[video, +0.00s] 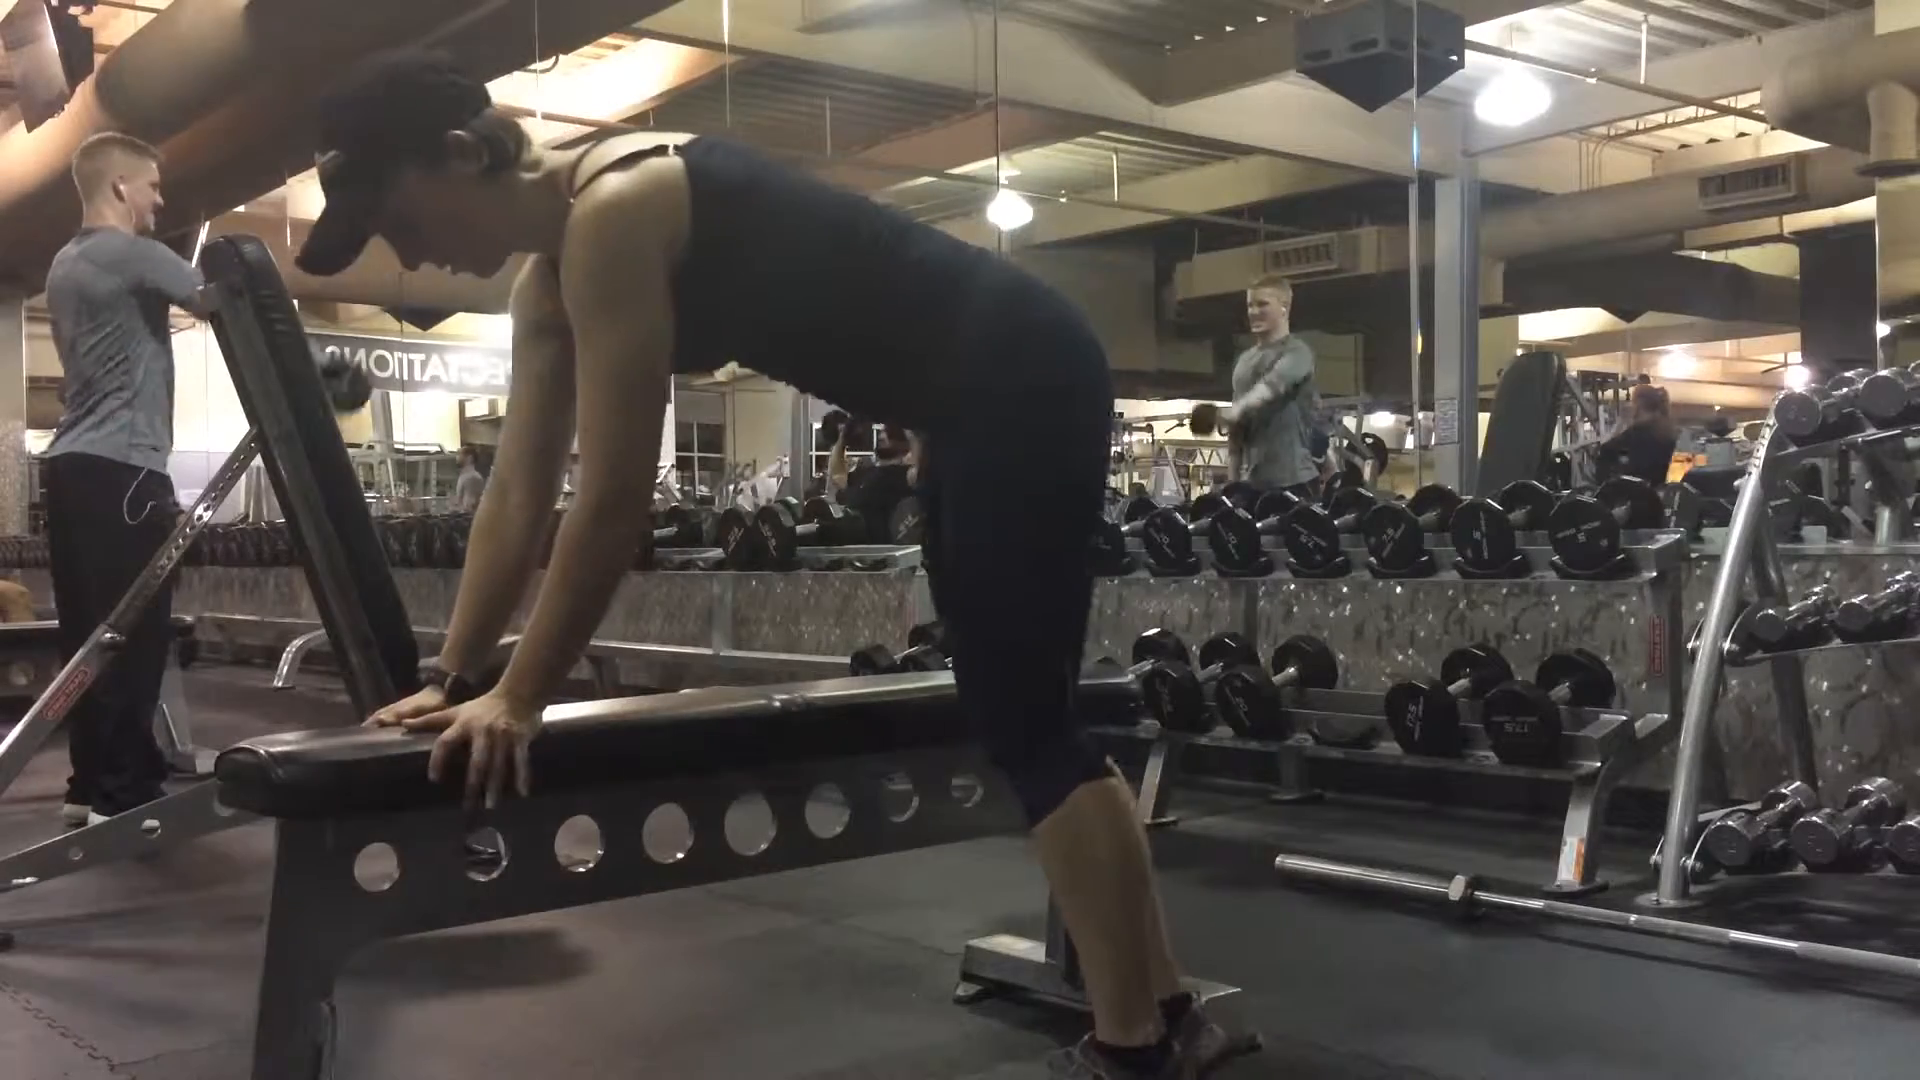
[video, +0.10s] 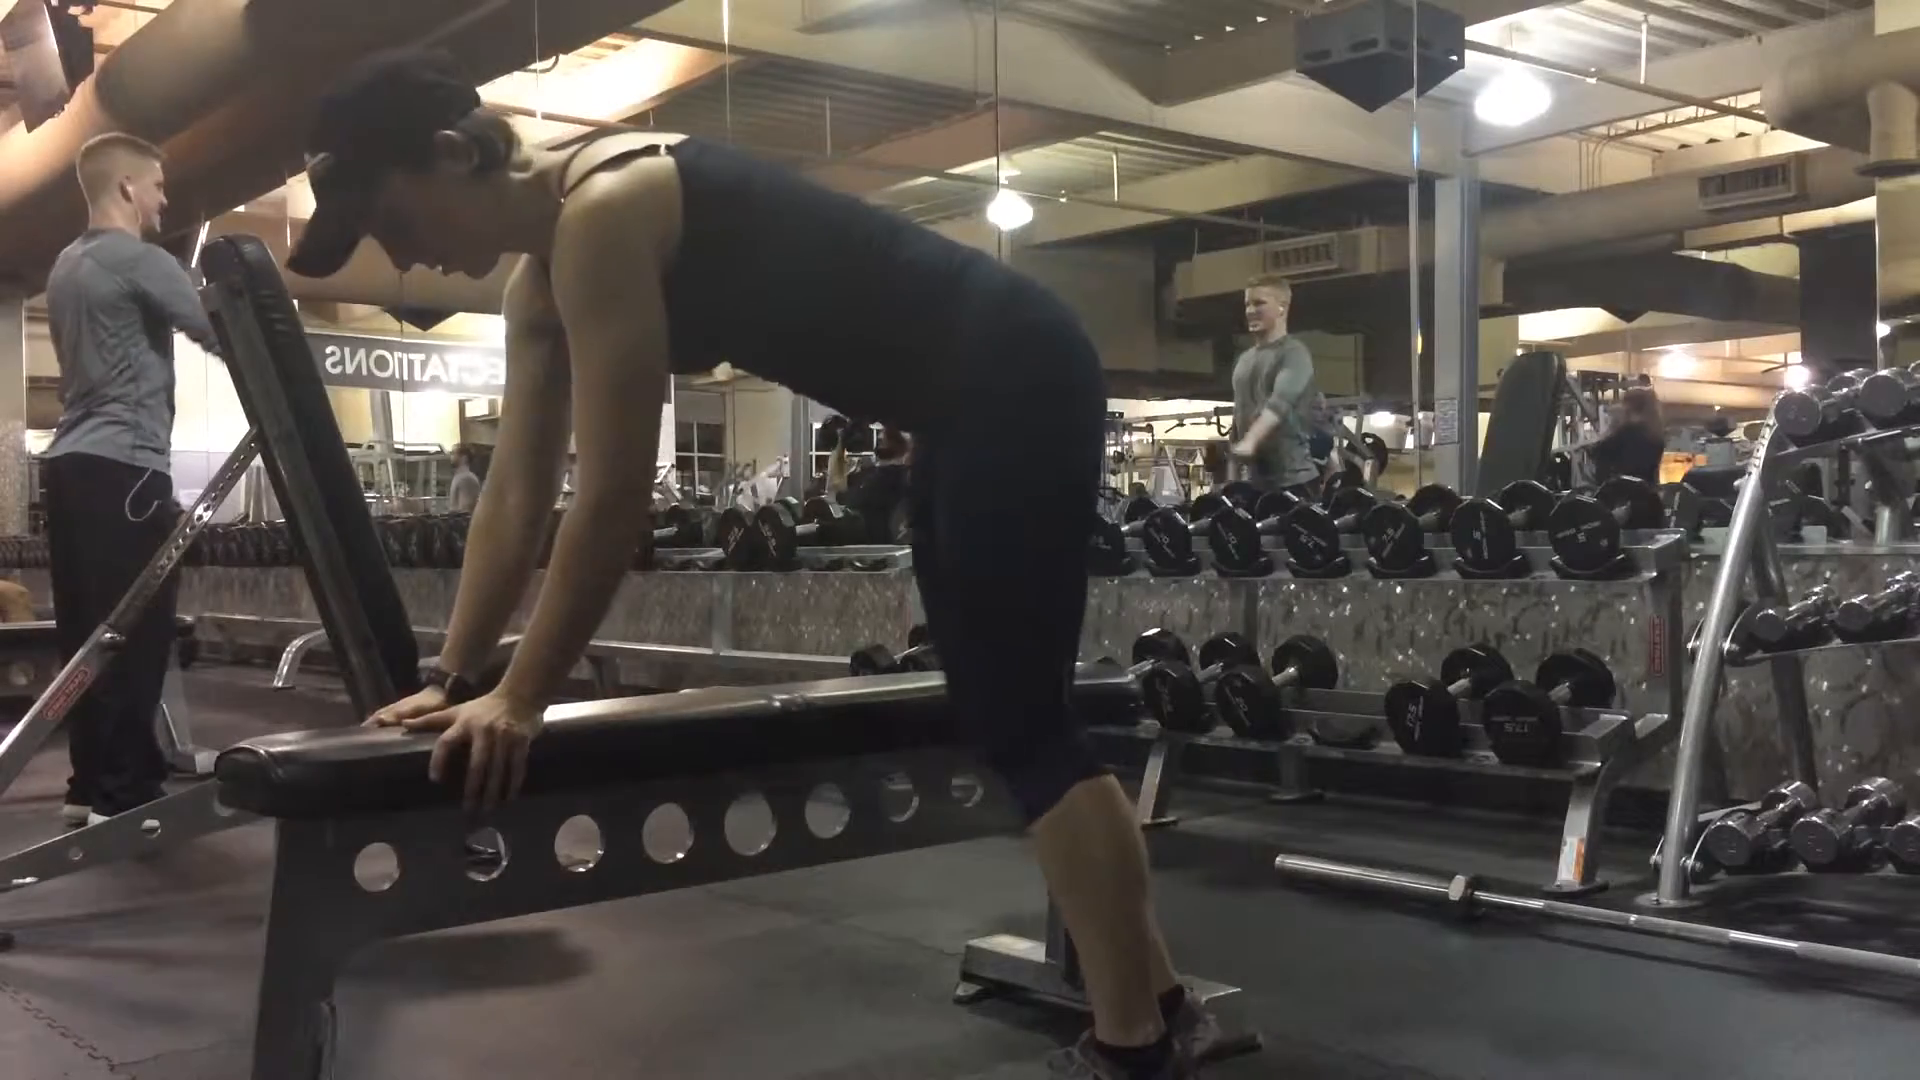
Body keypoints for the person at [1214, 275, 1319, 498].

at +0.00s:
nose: (1253, 312)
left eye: (1262, 304)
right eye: (1250, 306)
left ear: (1284, 308)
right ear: (1247, 309)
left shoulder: (1298, 353)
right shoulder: (1243, 360)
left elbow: (1270, 389)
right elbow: (1237, 425)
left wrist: (1230, 414)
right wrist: (1233, 479)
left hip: (1294, 477)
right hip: (1255, 478)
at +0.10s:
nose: (1250, 311)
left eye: (1258, 303)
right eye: (1247, 305)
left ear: (1282, 308)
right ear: (1244, 308)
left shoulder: (1295, 354)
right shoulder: (1244, 360)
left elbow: (1279, 404)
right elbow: (1240, 418)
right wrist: (1233, 477)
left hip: (1295, 477)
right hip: (1258, 477)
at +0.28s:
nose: (1248, 310)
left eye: (1256, 303)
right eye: (1246, 304)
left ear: (1281, 308)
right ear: (1243, 307)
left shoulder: (1292, 357)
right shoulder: (1242, 361)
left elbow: (1293, 424)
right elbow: (1239, 423)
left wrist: (1275, 476)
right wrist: (1236, 475)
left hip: (1290, 479)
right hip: (1251, 477)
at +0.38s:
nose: (1248, 310)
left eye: (1256, 303)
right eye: (1246, 304)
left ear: (1280, 309)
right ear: (1243, 308)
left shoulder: (1294, 359)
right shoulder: (1240, 361)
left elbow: (1302, 428)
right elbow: (1237, 424)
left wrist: (1288, 486)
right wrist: (1235, 481)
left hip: (1284, 484)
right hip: (1251, 484)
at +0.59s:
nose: (1249, 309)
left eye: (1258, 302)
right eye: (1247, 303)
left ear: (1282, 309)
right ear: (1244, 307)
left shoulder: (1296, 359)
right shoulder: (1236, 362)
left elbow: (1312, 427)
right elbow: (1231, 425)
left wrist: (1302, 486)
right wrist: (1230, 480)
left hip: (1286, 486)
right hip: (1250, 484)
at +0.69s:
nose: (1250, 309)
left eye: (1259, 302)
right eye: (1248, 303)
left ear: (1282, 309)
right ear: (1244, 307)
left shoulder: (1298, 360)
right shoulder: (1234, 362)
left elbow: (1315, 428)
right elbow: (1230, 427)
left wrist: (1305, 486)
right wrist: (1231, 482)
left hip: (1287, 486)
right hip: (1249, 484)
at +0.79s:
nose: (1250, 309)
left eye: (1260, 302)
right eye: (1248, 303)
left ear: (1282, 309)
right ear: (1244, 307)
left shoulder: (1299, 360)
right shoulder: (1233, 363)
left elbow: (1317, 427)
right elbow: (1228, 426)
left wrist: (1308, 485)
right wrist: (1229, 482)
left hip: (1288, 484)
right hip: (1249, 483)